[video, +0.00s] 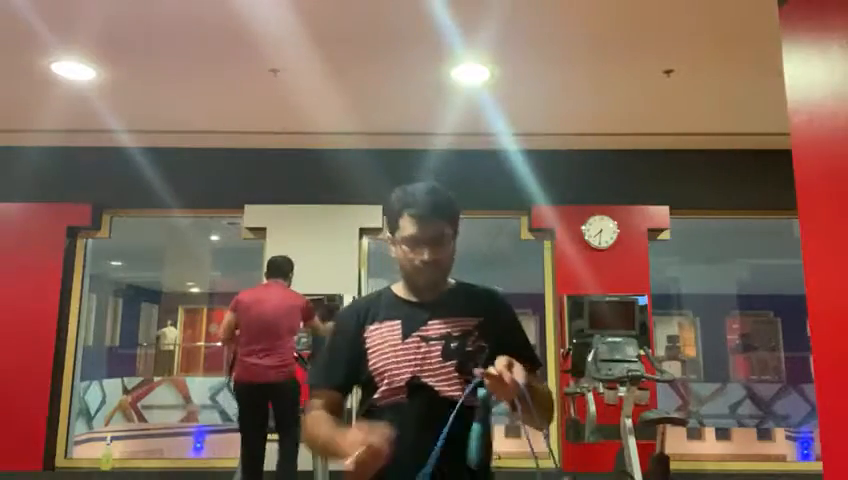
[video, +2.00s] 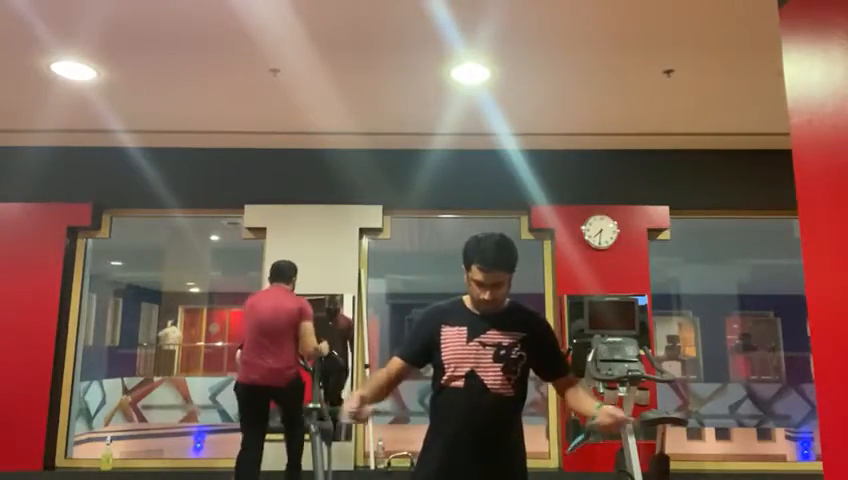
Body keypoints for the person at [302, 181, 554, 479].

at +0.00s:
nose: (427, 256)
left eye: (438, 241)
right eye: (413, 244)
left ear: (455, 236)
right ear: (392, 245)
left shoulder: (488, 308)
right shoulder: (358, 319)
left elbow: (543, 416)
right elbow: (316, 419)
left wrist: (519, 394)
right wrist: (348, 440)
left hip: (464, 469)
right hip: (388, 470)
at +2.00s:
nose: (489, 295)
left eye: (498, 286)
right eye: (481, 285)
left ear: (511, 276)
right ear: (466, 273)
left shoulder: (532, 327)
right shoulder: (434, 321)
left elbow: (566, 384)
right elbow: (393, 372)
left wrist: (597, 411)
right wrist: (364, 397)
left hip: (502, 464)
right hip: (443, 462)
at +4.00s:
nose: (462, 250)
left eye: (473, 242)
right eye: (452, 241)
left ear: (488, 253)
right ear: (436, 252)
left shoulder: (513, 315)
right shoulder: (409, 314)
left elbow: (557, 403)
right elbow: (366, 393)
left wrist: (619, 460)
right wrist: (311, 450)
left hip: (494, 467)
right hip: (425, 466)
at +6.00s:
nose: (435, 197)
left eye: (445, 189)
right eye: (424, 188)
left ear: (460, 208)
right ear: (405, 207)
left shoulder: (490, 273)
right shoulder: (380, 281)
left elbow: (548, 360)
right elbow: (332, 369)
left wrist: (621, 416)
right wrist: (249, 437)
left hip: (480, 457)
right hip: (402, 459)